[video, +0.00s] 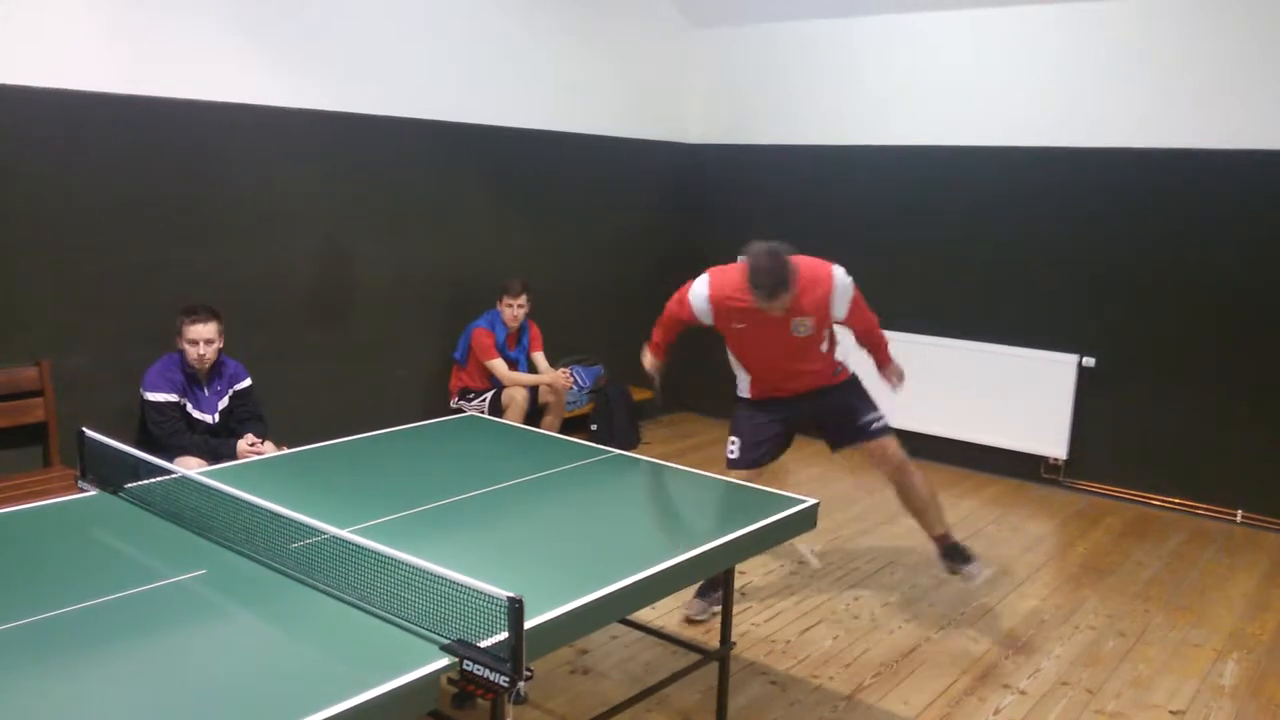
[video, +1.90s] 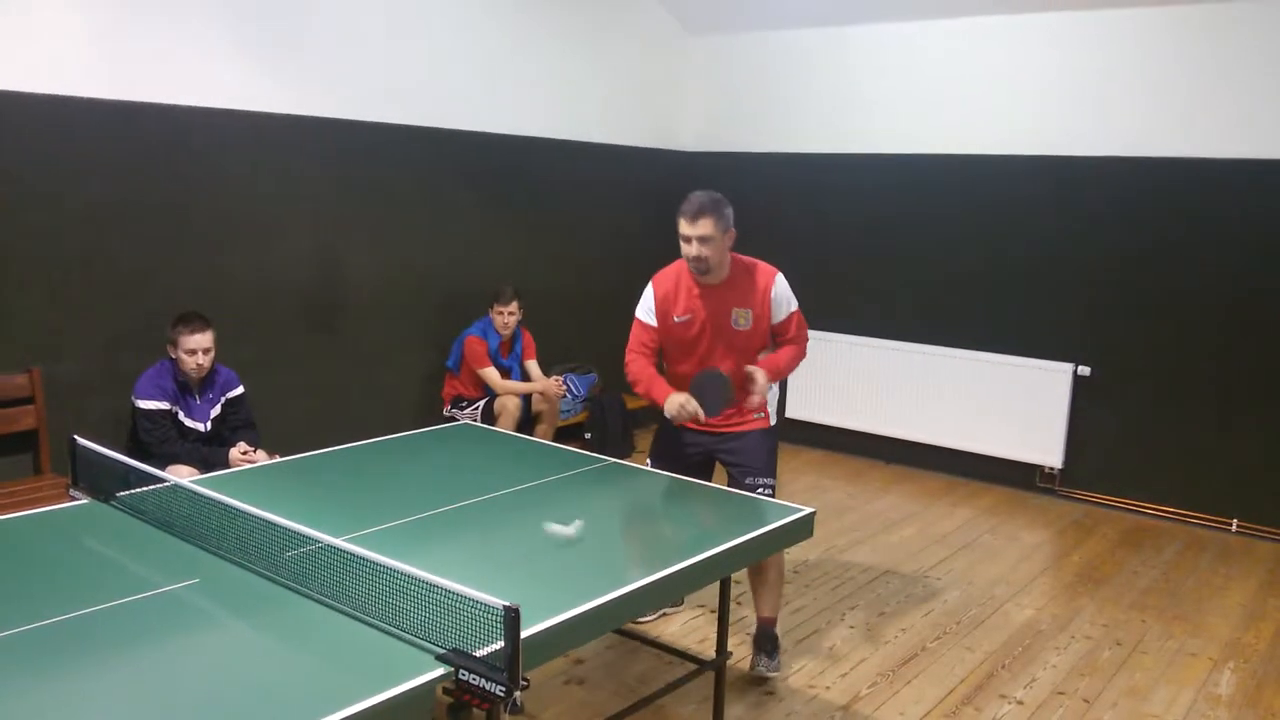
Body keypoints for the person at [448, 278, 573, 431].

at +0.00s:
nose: (515, 313)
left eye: (520, 307)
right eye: (509, 306)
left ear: (527, 308)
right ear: (499, 306)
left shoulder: (530, 329)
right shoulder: (481, 331)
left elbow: (544, 368)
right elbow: (505, 378)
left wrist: (558, 378)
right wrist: (550, 379)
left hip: (503, 391)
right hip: (467, 398)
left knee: (557, 392)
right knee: (519, 395)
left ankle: (545, 453)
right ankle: (506, 453)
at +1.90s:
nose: (505, 320)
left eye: (511, 314)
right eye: (500, 313)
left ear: (520, 315)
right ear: (491, 313)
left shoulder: (523, 337)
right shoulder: (474, 340)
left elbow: (538, 378)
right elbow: (499, 387)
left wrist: (552, 386)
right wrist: (542, 387)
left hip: (497, 400)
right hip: (461, 406)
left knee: (550, 401)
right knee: (511, 403)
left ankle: (537, 463)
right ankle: (498, 462)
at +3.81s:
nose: (510, 319)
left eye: (516, 313)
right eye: (504, 313)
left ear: (525, 315)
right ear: (496, 313)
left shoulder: (528, 337)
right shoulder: (479, 340)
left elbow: (543, 378)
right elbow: (503, 387)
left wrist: (556, 386)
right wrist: (546, 387)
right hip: (466, 406)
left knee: (555, 402)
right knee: (515, 403)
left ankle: (540, 463)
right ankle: (503, 462)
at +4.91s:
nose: (504, 324)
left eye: (510, 318)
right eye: (498, 317)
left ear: (518, 319)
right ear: (489, 316)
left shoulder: (521, 341)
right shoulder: (472, 343)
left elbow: (536, 382)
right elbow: (496, 391)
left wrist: (550, 390)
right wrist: (539, 391)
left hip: (494, 404)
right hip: (457, 410)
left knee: (547, 405)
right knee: (508, 407)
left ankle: (534, 468)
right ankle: (495, 467)